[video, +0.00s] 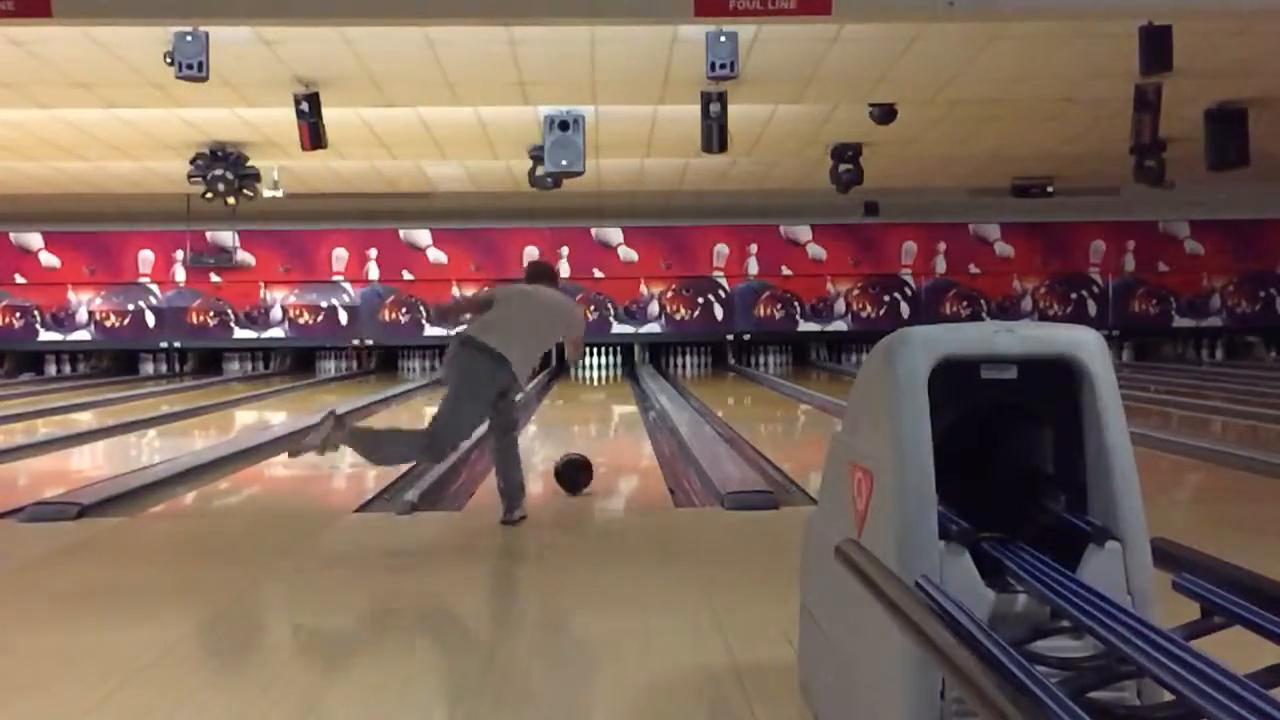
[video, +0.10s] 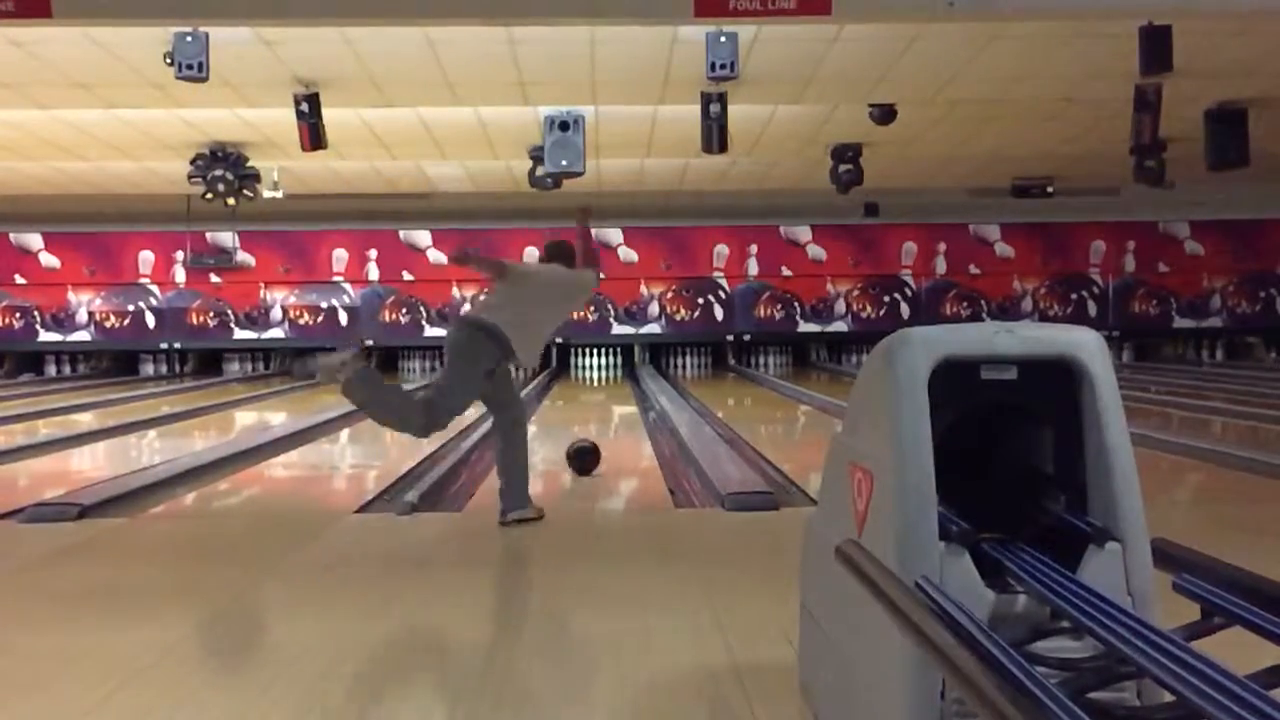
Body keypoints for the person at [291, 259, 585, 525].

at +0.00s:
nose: (532, 281)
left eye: (530, 277)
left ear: (529, 280)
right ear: (557, 283)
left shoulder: (510, 292)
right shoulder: (570, 310)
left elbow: (461, 305)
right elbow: (573, 357)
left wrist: (440, 315)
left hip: (463, 351)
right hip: (494, 369)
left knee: (504, 429)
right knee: (436, 444)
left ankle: (513, 507)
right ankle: (345, 433)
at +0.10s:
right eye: (577, 263)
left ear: (544, 260)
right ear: (574, 263)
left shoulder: (523, 271)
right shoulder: (576, 281)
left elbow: (494, 265)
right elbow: (593, 268)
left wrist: (466, 257)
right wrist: (586, 232)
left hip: (470, 345)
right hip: (481, 345)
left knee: (513, 419)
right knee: (425, 417)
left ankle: (515, 505)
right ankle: (353, 374)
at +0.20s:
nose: (583, 241)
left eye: (576, 233)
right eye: (583, 236)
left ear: (552, 233)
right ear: (582, 239)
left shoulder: (526, 251)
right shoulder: (575, 259)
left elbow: (485, 241)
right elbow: (611, 232)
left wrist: (460, 229)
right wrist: (578, 194)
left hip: (474, 334)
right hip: (484, 334)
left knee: (510, 417)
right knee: (420, 399)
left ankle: (516, 506)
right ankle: (371, 335)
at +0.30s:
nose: (584, 232)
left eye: (578, 226)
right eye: (584, 227)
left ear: (555, 219)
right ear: (583, 226)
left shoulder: (530, 237)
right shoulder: (582, 248)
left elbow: (490, 231)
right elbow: (622, 234)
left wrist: (447, 227)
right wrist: (609, 204)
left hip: (487, 338)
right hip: (486, 327)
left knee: (507, 419)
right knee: (427, 396)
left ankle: (515, 505)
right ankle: (385, 324)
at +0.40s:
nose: (587, 228)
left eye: (584, 221)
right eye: (588, 222)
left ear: (557, 213)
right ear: (585, 220)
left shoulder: (529, 231)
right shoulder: (585, 246)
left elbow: (482, 229)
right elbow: (623, 247)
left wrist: (435, 230)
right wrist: (633, 234)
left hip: (485, 331)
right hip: (489, 326)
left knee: (508, 418)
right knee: (434, 398)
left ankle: (510, 503)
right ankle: (384, 335)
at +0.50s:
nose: (587, 229)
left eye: (582, 222)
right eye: (587, 224)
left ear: (555, 214)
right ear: (584, 222)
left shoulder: (526, 232)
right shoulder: (577, 246)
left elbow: (477, 230)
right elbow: (620, 263)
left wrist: (426, 235)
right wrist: (650, 264)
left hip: (486, 330)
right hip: (489, 329)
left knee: (511, 415)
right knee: (442, 405)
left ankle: (505, 500)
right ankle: (374, 364)